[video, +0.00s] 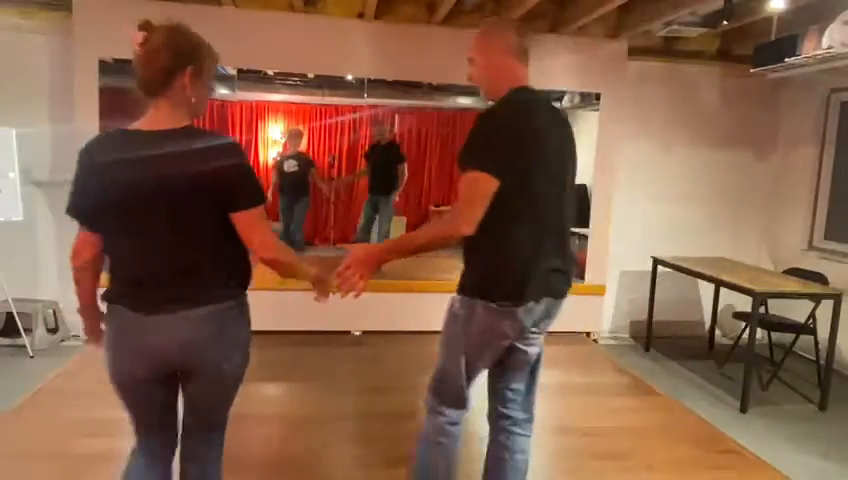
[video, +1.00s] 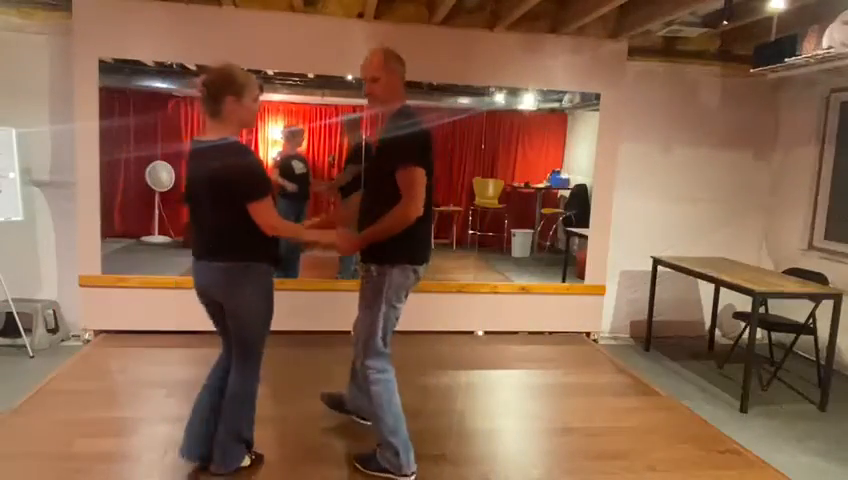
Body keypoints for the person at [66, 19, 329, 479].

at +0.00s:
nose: (212, 93)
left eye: (213, 81)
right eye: (210, 80)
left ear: (147, 79)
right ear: (186, 80)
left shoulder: (101, 154)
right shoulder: (220, 153)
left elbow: (84, 258)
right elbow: (265, 249)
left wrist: (90, 314)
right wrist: (310, 274)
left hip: (134, 329)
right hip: (213, 325)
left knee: (152, 441)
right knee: (206, 438)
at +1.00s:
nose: (257, 108)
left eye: (257, 101)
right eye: (253, 101)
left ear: (215, 104)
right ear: (230, 104)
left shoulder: (198, 154)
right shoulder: (242, 160)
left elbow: (203, 213)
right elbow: (271, 224)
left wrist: (262, 189)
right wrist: (324, 236)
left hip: (207, 271)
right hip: (244, 275)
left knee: (231, 353)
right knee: (246, 364)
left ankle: (198, 445)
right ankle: (230, 455)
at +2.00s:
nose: (271, 115)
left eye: (269, 108)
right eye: (268, 108)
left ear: (233, 110)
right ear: (258, 111)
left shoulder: (237, 153)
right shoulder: (247, 159)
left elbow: (271, 197)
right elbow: (274, 216)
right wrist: (313, 246)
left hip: (245, 253)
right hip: (251, 257)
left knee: (253, 341)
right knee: (252, 345)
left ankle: (247, 421)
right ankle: (232, 440)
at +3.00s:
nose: (271, 116)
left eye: (270, 109)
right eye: (268, 109)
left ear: (234, 111)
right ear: (253, 110)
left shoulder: (224, 152)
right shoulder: (255, 154)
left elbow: (218, 210)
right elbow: (273, 210)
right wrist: (305, 250)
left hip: (227, 250)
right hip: (248, 254)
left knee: (252, 342)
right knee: (259, 347)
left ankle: (236, 429)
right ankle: (237, 452)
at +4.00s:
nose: (271, 114)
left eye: (271, 106)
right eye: (269, 106)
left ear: (231, 104)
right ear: (255, 105)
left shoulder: (223, 152)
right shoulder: (245, 158)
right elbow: (275, 224)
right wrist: (317, 270)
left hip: (231, 263)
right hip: (246, 270)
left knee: (253, 355)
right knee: (251, 363)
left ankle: (251, 429)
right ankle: (232, 464)